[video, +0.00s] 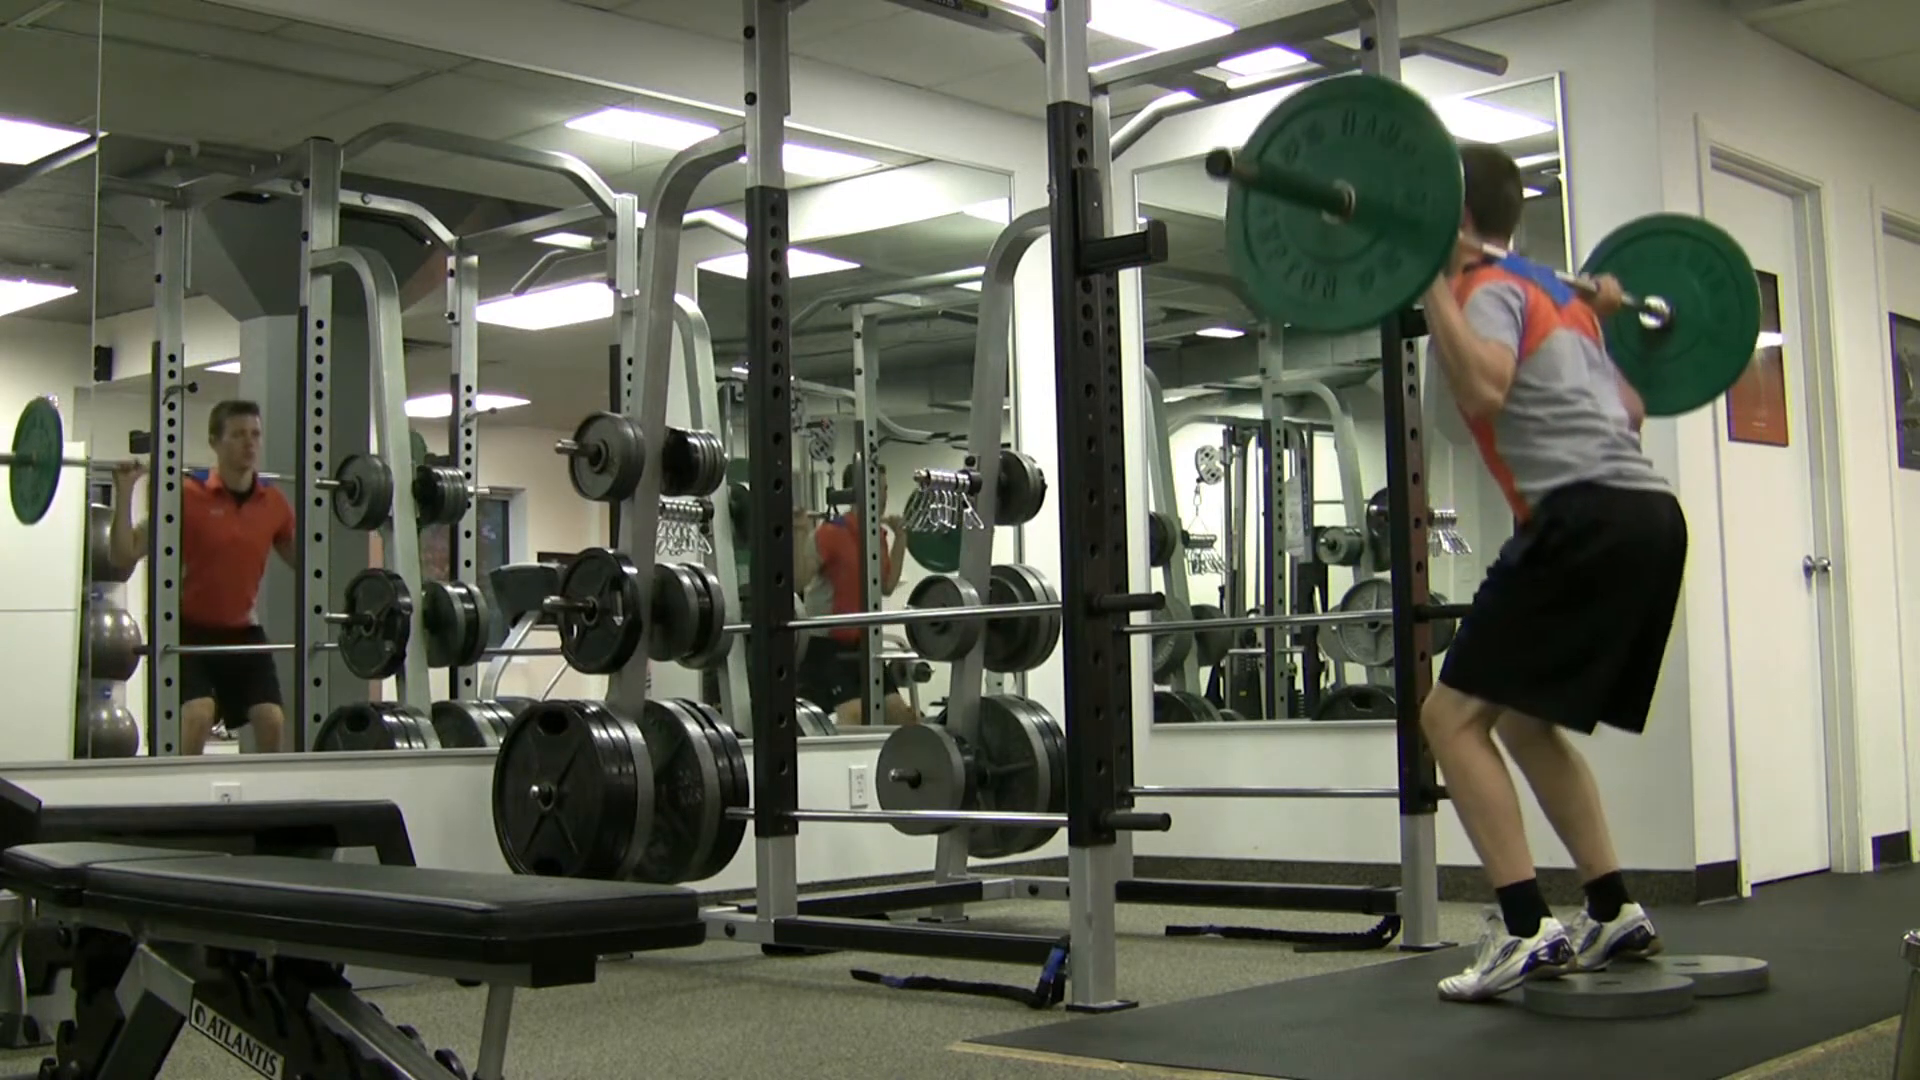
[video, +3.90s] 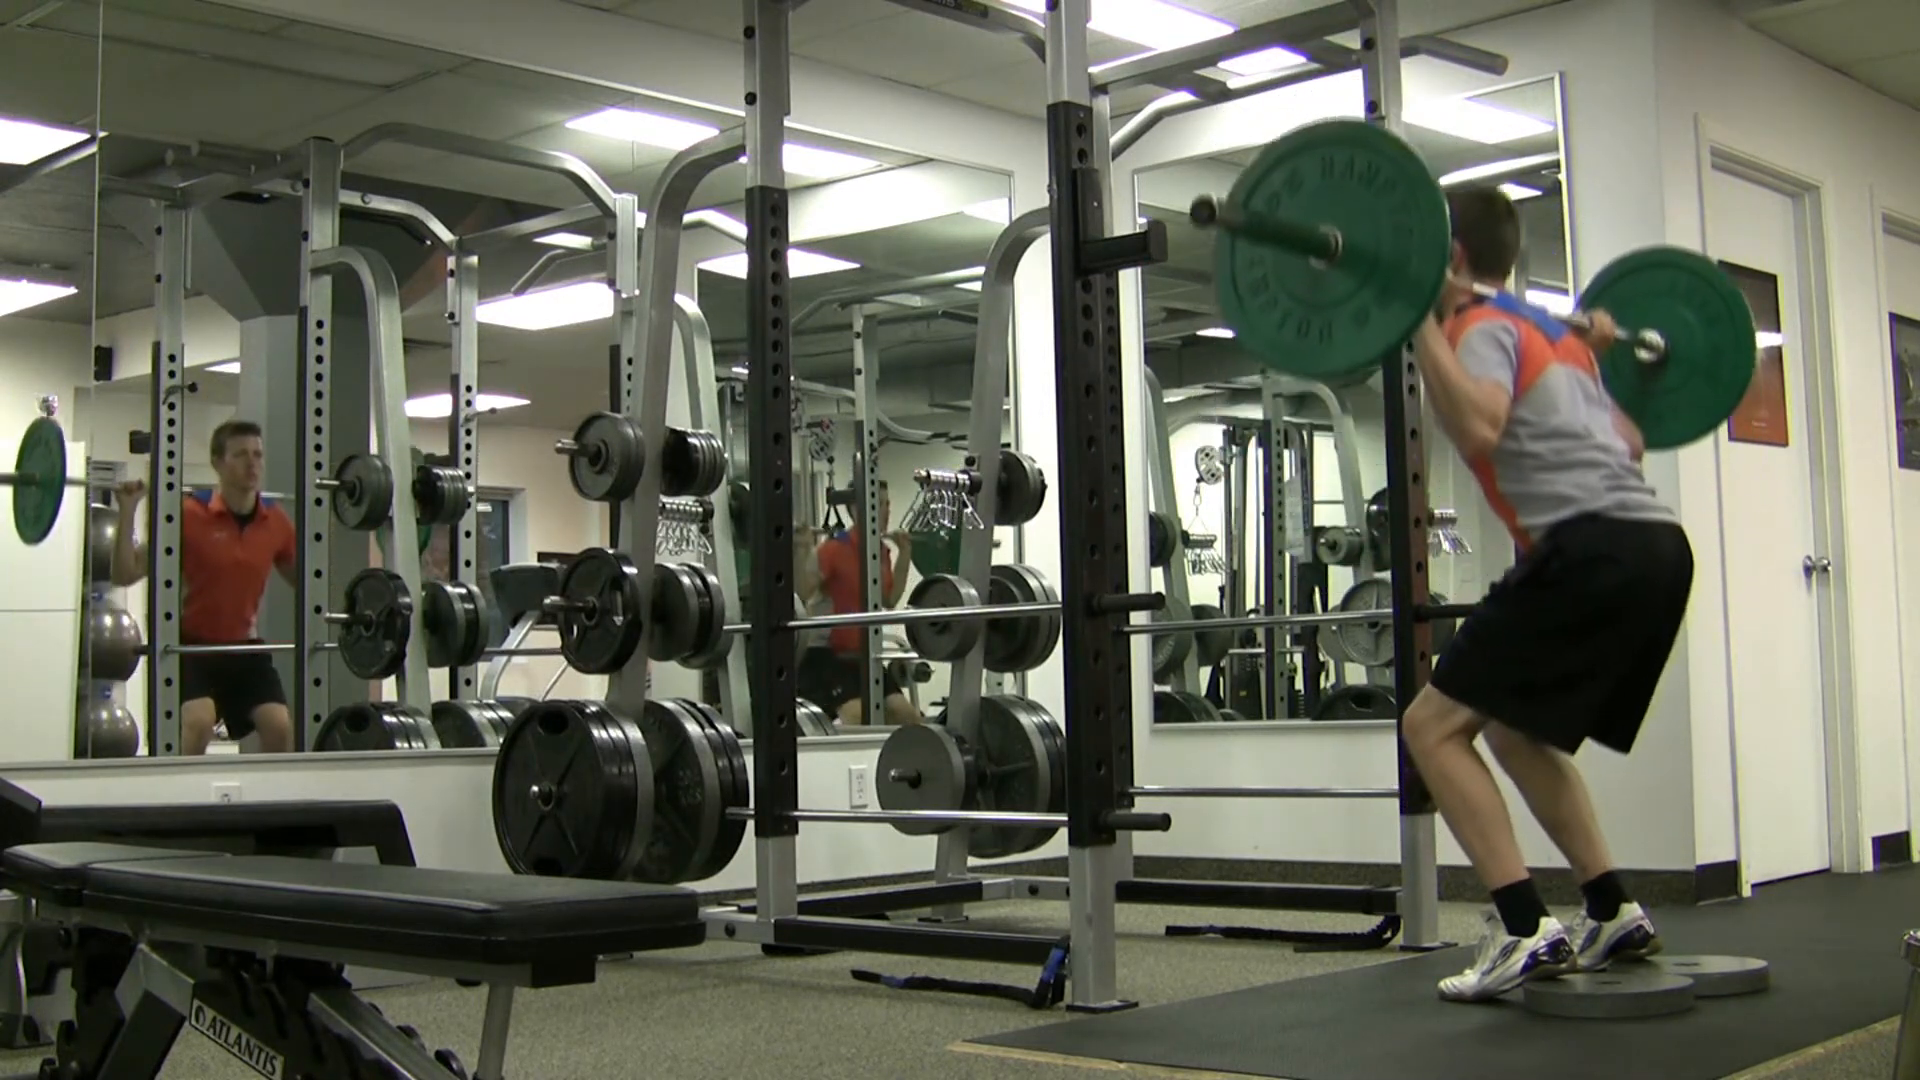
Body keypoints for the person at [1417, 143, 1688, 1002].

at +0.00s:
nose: (1435, 231)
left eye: (1437, 215)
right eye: (1440, 213)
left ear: (1452, 217)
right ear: (1515, 220)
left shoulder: (1491, 286)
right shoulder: (1563, 298)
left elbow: (1485, 391)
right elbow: (1628, 410)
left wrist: (1433, 286)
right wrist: (1600, 312)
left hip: (1584, 519)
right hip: (1650, 520)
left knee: (1449, 713)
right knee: (1522, 718)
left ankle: (1523, 928)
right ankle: (1615, 911)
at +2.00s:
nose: (1426, 291)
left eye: (1432, 273)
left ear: (1446, 282)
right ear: (1514, 284)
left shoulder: (1489, 352)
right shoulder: (1560, 361)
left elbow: (1488, 462)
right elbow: (1626, 466)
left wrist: (1435, 361)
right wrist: (1594, 373)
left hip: (1587, 577)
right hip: (1659, 584)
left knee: (1418, 734)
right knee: (1511, 745)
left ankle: (1523, 927)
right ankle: (1613, 911)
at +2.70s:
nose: (1421, 411)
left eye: (1426, 396)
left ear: (1440, 408)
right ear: (1514, 408)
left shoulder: (1493, 484)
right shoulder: (1554, 476)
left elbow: (1498, 594)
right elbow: (1627, 577)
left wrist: (1432, 491)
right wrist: (1590, 486)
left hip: (1615, 688)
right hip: (1681, 697)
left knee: (1404, 750)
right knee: (1507, 777)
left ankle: (1523, 929)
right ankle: (1611, 913)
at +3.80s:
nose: (1427, 292)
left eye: (1430, 278)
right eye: (1428, 279)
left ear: (1453, 284)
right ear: (1510, 287)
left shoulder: (1486, 349)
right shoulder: (1560, 364)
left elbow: (1481, 453)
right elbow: (1629, 464)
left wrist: (1422, 351)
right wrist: (1593, 373)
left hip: (1589, 570)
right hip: (1662, 571)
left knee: (1423, 733)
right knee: (1515, 741)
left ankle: (1523, 929)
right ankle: (1613, 912)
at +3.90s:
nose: (1431, 267)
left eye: (1434, 253)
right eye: (1434, 252)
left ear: (1454, 257)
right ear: (1511, 260)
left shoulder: (1484, 324)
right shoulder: (1561, 336)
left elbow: (1479, 429)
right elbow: (1628, 442)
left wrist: (1419, 322)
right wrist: (1597, 348)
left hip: (1586, 551)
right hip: (1656, 550)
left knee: (1430, 728)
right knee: (1514, 730)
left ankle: (1524, 930)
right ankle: (1614, 911)